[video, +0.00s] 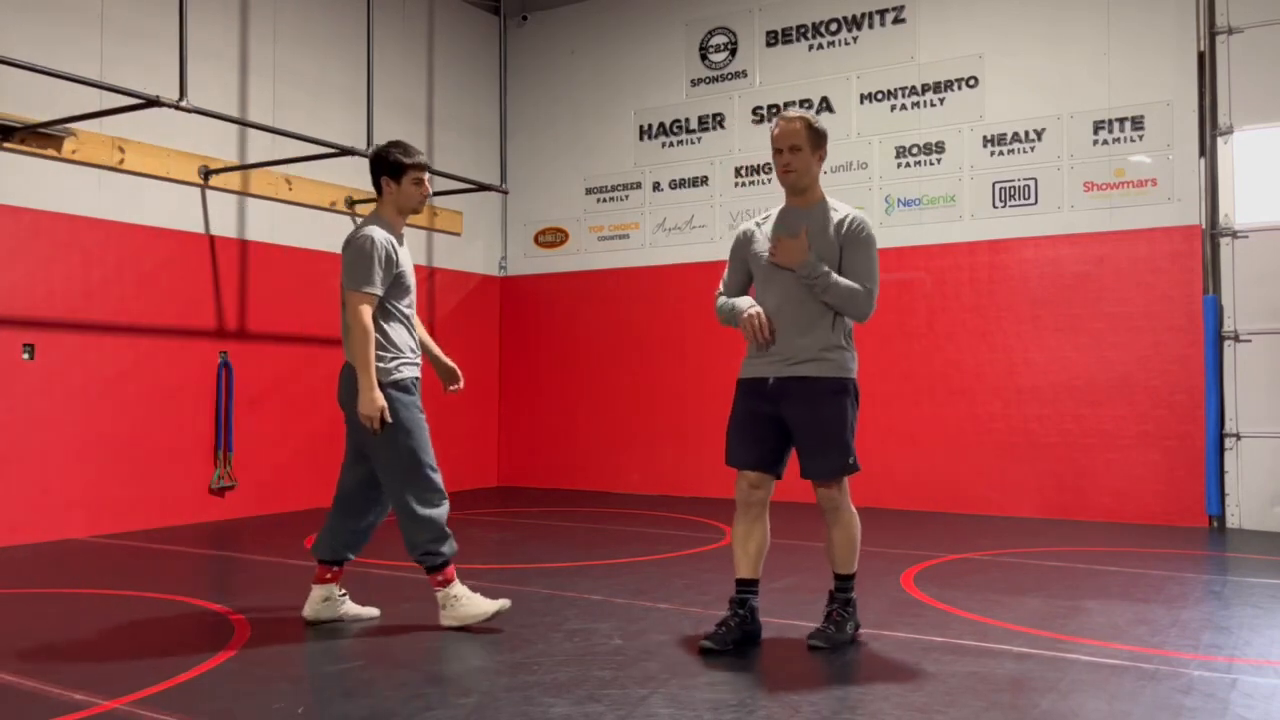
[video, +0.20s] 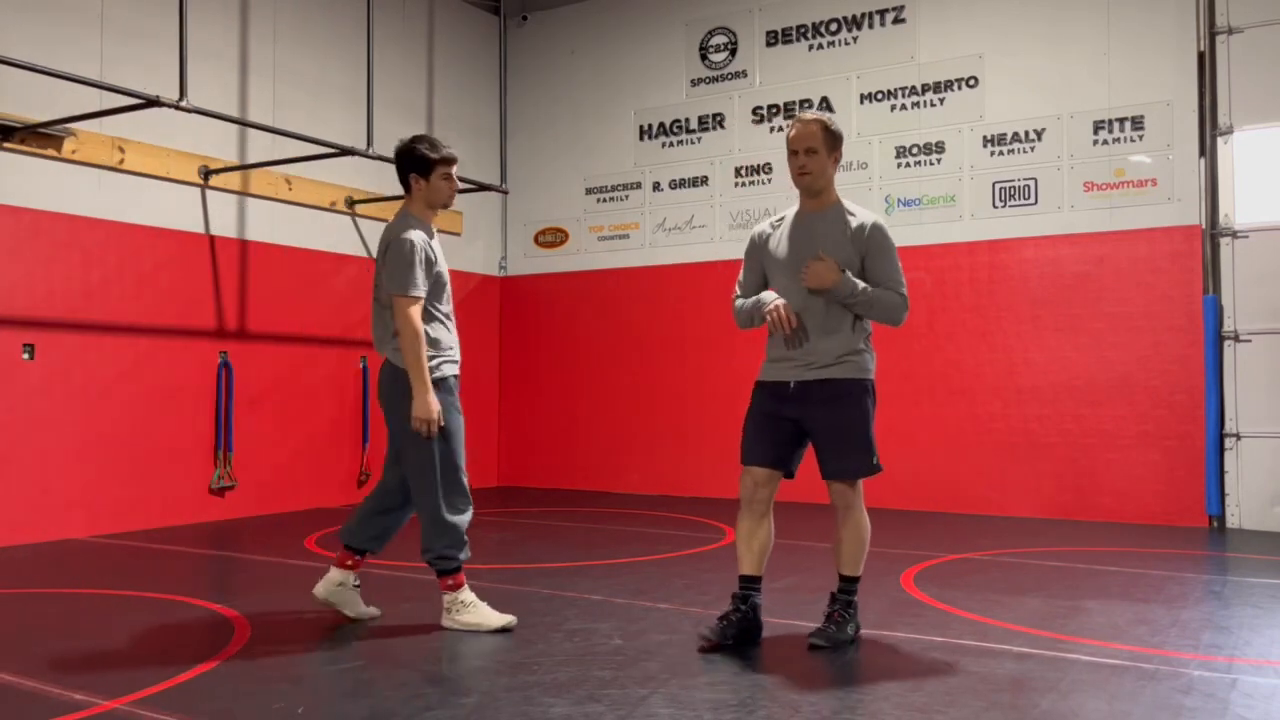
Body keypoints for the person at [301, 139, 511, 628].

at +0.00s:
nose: (427, 190)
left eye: (427, 182)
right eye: (418, 182)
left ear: (404, 188)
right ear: (388, 184)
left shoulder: (393, 241)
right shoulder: (369, 241)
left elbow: (405, 315)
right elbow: (357, 315)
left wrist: (439, 358)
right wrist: (367, 385)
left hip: (385, 381)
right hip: (385, 383)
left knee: (363, 486)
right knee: (420, 484)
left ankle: (324, 591)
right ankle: (450, 594)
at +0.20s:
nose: (456, 184)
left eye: (455, 175)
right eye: (447, 176)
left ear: (424, 182)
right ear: (416, 181)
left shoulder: (417, 233)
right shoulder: (409, 238)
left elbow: (412, 318)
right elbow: (408, 319)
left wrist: (429, 381)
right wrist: (422, 390)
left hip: (415, 377)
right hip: (423, 380)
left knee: (401, 483)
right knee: (445, 488)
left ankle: (340, 576)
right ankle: (456, 597)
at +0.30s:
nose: (471, 183)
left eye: (469, 174)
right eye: (461, 175)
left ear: (438, 181)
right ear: (430, 181)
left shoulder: (429, 230)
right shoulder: (425, 238)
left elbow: (432, 317)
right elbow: (431, 320)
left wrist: (454, 382)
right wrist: (456, 391)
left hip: (436, 380)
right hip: (433, 383)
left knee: (437, 478)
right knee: (455, 489)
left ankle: (365, 560)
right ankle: (456, 598)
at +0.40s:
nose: (484, 184)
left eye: (483, 175)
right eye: (475, 176)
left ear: (452, 181)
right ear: (445, 181)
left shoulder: (447, 230)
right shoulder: (433, 238)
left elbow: (454, 319)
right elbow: (449, 324)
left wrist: (477, 382)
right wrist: (487, 388)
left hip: (458, 378)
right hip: (440, 382)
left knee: (481, 473)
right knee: (460, 483)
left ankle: (402, 548)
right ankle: (457, 598)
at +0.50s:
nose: (496, 184)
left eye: (495, 175)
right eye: (488, 176)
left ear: (458, 182)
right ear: (456, 180)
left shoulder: (456, 228)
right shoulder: (443, 238)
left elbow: (457, 315)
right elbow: (458, 321)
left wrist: (480, 370)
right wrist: (506, 383)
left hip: (472, 376)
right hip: (453, 380)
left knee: (499, 471)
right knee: (464, 481)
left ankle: (445, 557)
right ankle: (458, 596)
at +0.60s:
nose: (504, 184)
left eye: (504, 174)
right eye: (496, 175)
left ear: (469, 181)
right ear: (464, 180)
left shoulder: (466, 229)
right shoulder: (448, 238)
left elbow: (468, 317)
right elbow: (461, 322)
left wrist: (493, 374)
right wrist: (513, 382)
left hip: (484, 377)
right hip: (460, 381)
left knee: (511, 475)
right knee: (471, 484)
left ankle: (498, 566)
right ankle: (457, 599)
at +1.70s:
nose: (568, 192)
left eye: (568, 185)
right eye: (561, 184)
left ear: (543, 189)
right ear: (533, 186)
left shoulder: (537, 245)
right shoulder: (503, 240)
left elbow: (533, 315)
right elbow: (489, 308)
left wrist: (546, 369)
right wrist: (516, 374)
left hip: (545, 380)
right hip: (516, 382)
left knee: (549, 486)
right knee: (518, 488)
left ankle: (513, 583)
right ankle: (466, 594)